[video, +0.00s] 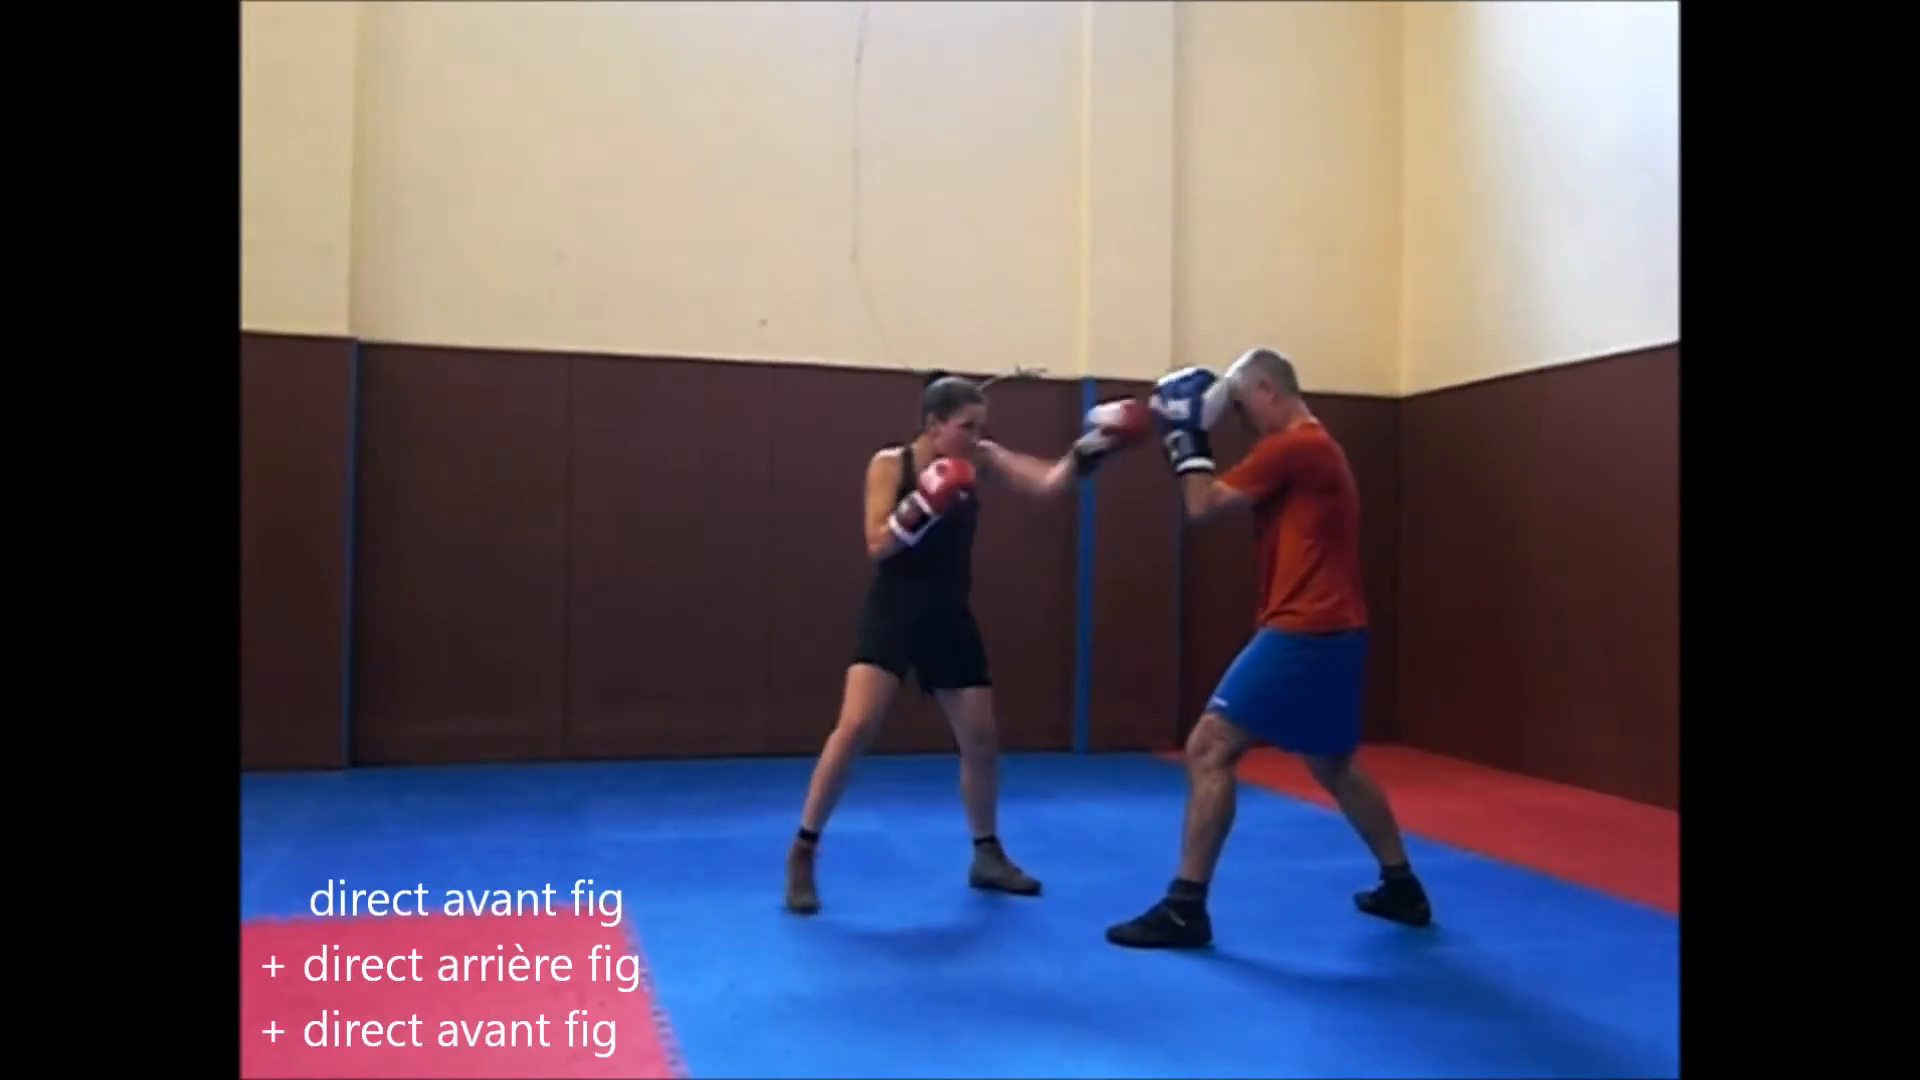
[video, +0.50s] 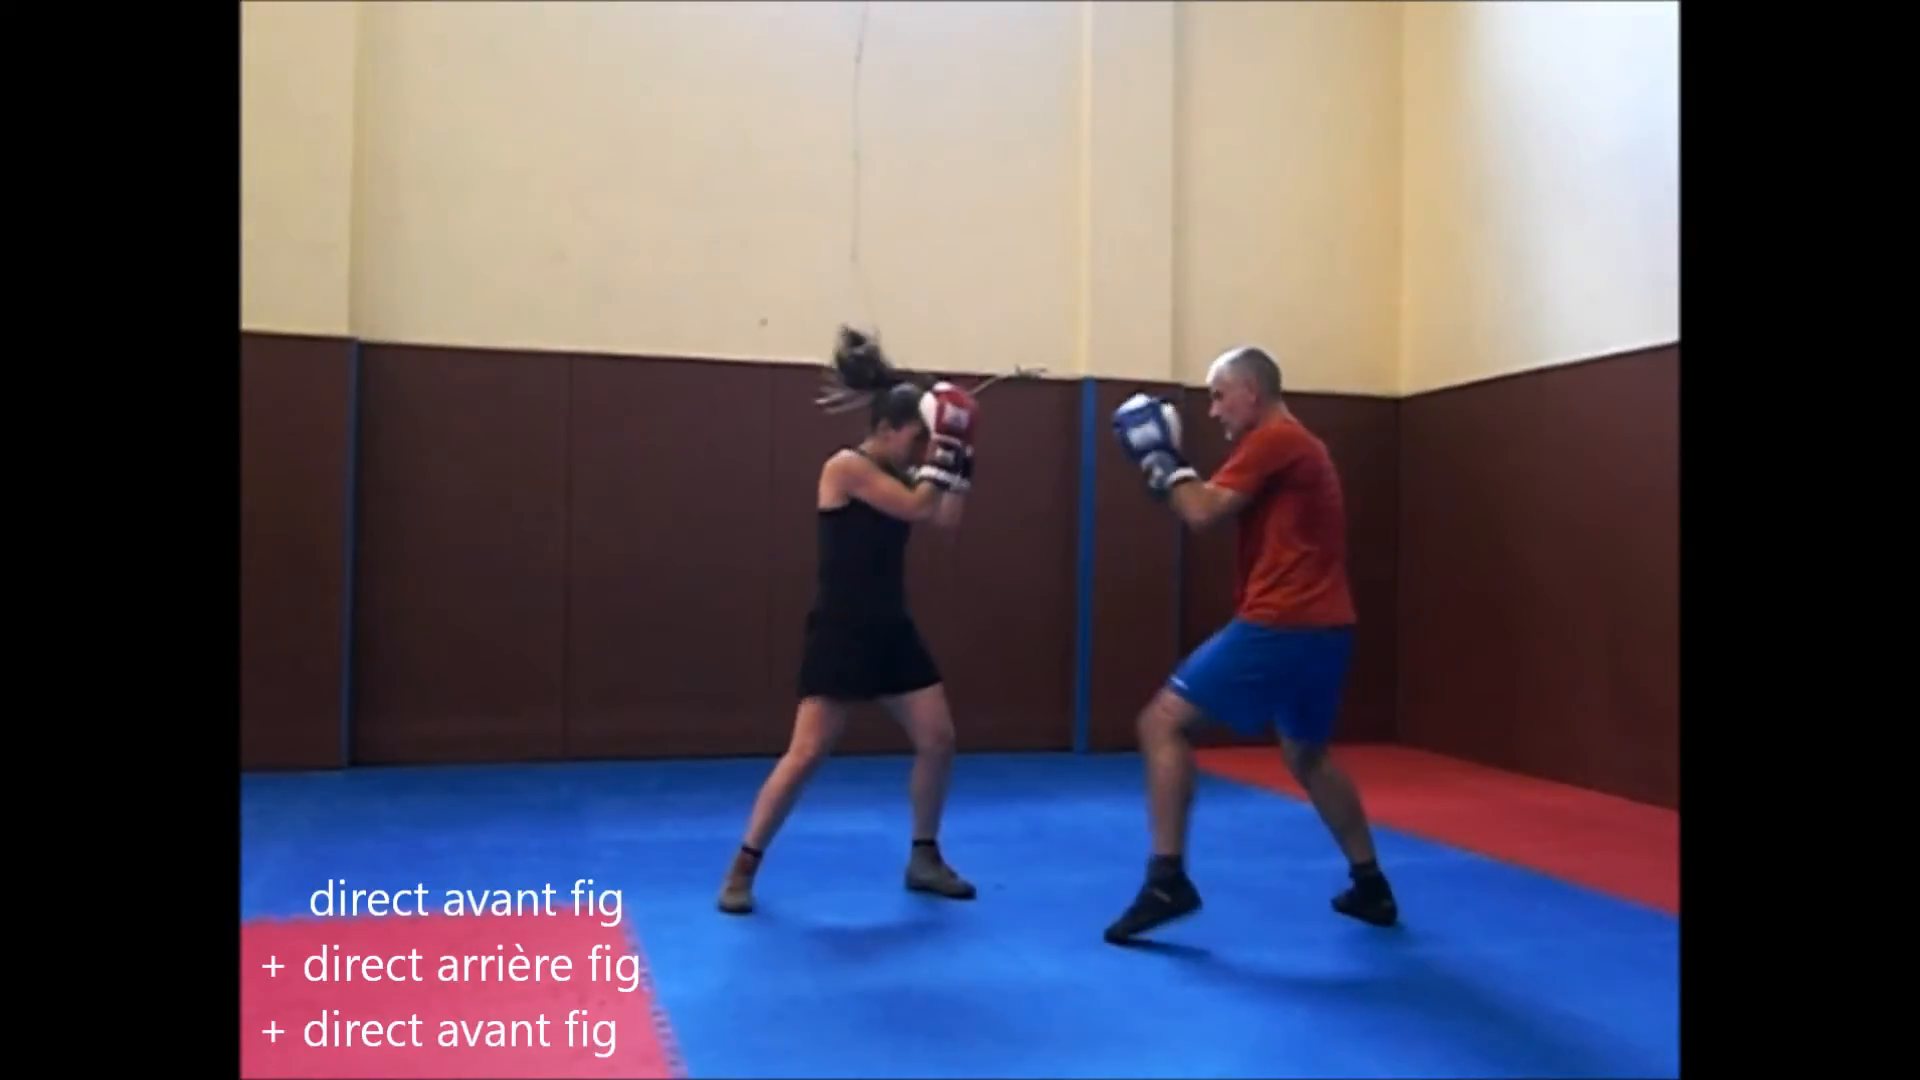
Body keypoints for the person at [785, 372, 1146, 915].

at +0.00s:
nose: (977, 436)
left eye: (980, 428)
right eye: (969, 427)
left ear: (974, 427)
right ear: (935, 423)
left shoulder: (979, 457)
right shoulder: (890, 465)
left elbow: (1047, 483)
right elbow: (877, 545)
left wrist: (1086, 449)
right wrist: (921, 504)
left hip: (949, 616)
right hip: (893, 613)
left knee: (980, 735)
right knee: (856, 725)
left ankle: (988, 856)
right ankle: (803, 851)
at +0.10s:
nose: (962, 442)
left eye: (965, 431)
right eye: (954, 430)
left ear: (954, 431)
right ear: (920, 429)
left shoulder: (957, 478)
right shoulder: (876, 477)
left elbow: (982, 541)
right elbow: (888, 556)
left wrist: (1020, 513)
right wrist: (928, 506)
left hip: (938, 625)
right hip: (882, 626)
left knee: (985, 739)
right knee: (846, 745)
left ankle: (988, 857)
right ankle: (788, 854)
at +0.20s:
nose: (949, 447)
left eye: (952, 437)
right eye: (942, 436)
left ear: (925, 438)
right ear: (906, 435)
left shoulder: (927, 488)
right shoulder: (863, 482)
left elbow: (952, 560)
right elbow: (907, 552)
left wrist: (984, 508)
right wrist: (946, 498)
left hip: (921, 636)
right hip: (865, 639)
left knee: (976, 741)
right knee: (836, 756)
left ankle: (987, 857)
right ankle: (786, 863)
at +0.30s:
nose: (936, 427)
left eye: (939, 417)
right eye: (930, 416)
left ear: (920, 415)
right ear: (899, 411)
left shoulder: (914, 463)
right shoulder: (857, 456)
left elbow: (954, 520)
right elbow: (911, 520)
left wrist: (974, 469)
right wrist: (947, 473)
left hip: (907, 617)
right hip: (853, 618)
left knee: (953, 726)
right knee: (822, 738)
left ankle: (974, 846)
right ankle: (777, 853)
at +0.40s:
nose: (927, 426)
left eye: (930, 418)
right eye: (923, 416)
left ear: (908, 414)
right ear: (897, 409)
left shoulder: (905, 458)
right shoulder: (853, 449)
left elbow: (962, 499)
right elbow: (916, 498)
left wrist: (969, 441)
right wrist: (943, 450)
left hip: (898, 611)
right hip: (845, 612)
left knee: (936, 726)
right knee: (819, 733)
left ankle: (932, 849)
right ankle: (762, 850)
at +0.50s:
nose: (920, 452)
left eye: (924, 442)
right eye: (915, 439)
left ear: (908, 438)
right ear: (886, 429)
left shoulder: (897, 480)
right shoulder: (845, 468)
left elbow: (949, 517)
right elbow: (916, 507)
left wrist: (958, 453)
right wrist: (943, 454)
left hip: (890, 632)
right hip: (839, 633)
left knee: (936, 739)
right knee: (805, 753)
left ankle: (925, 859)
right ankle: (743, 867)